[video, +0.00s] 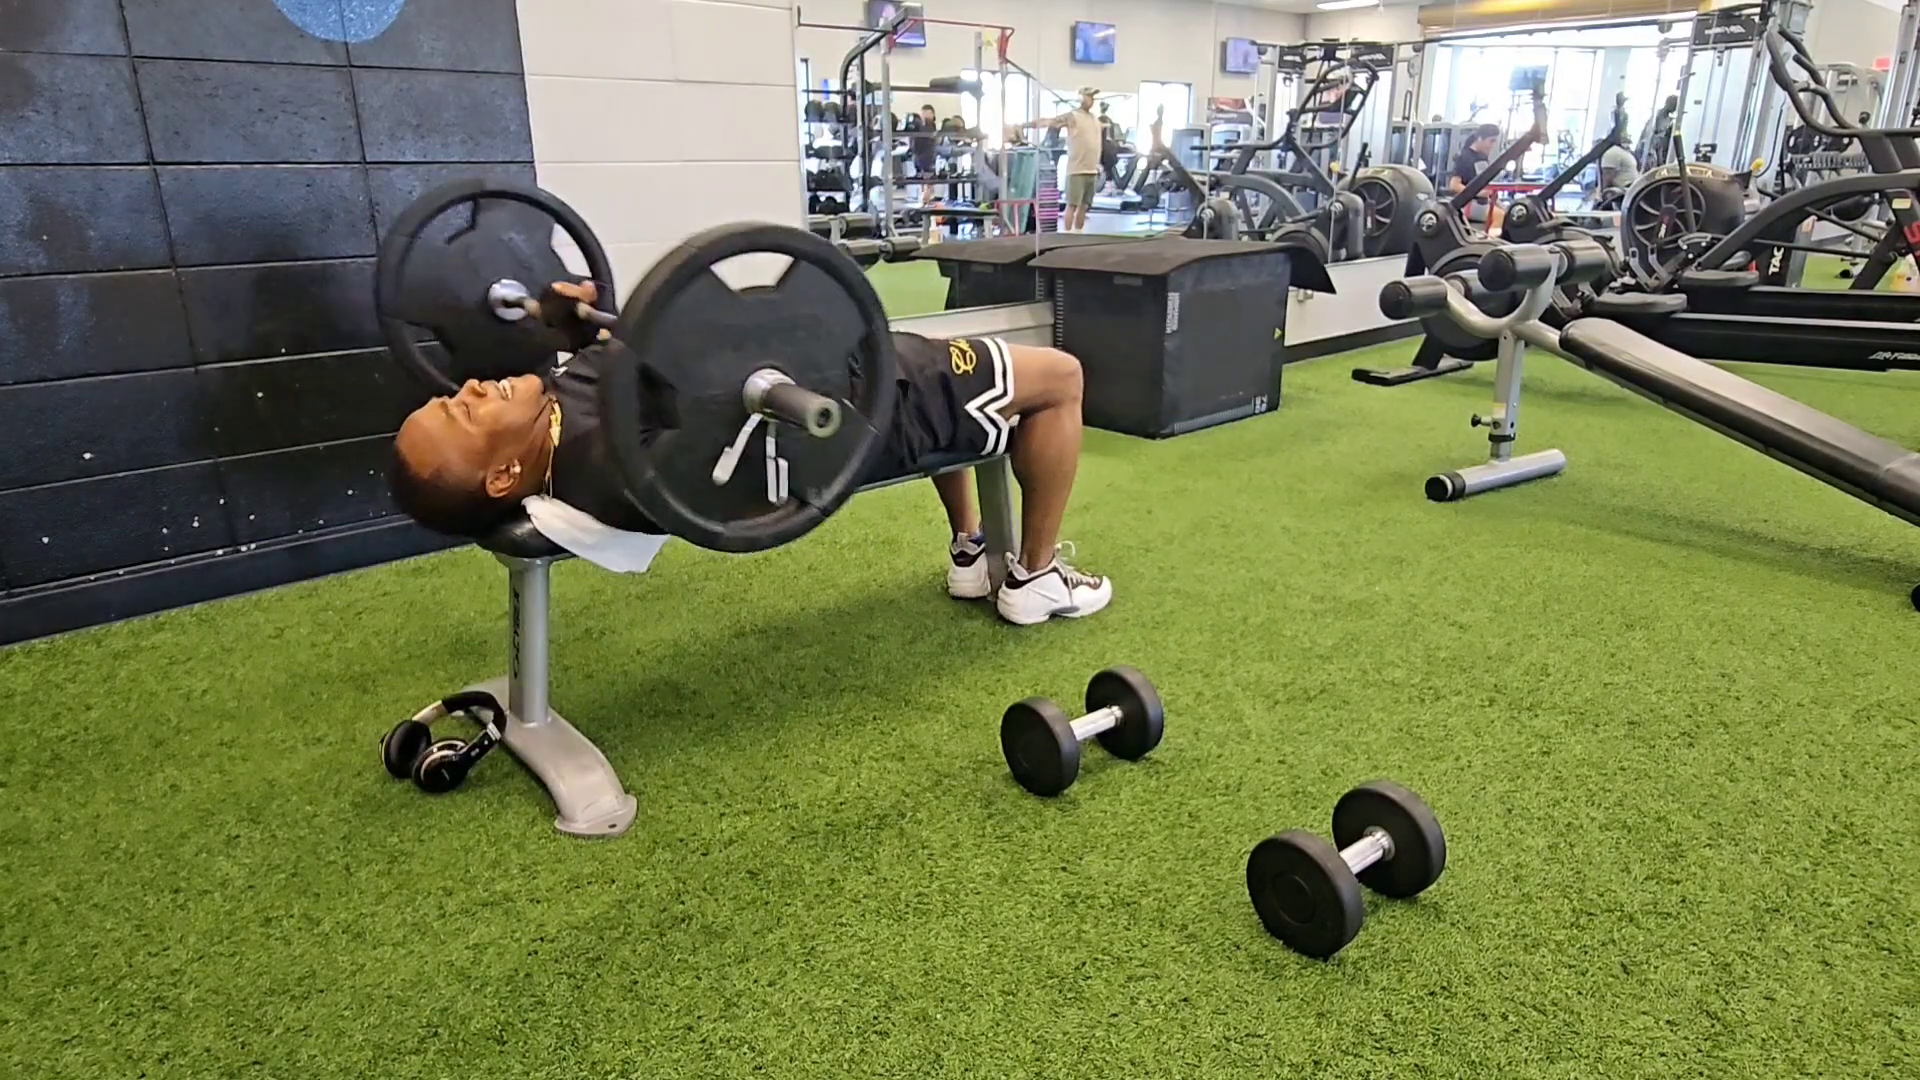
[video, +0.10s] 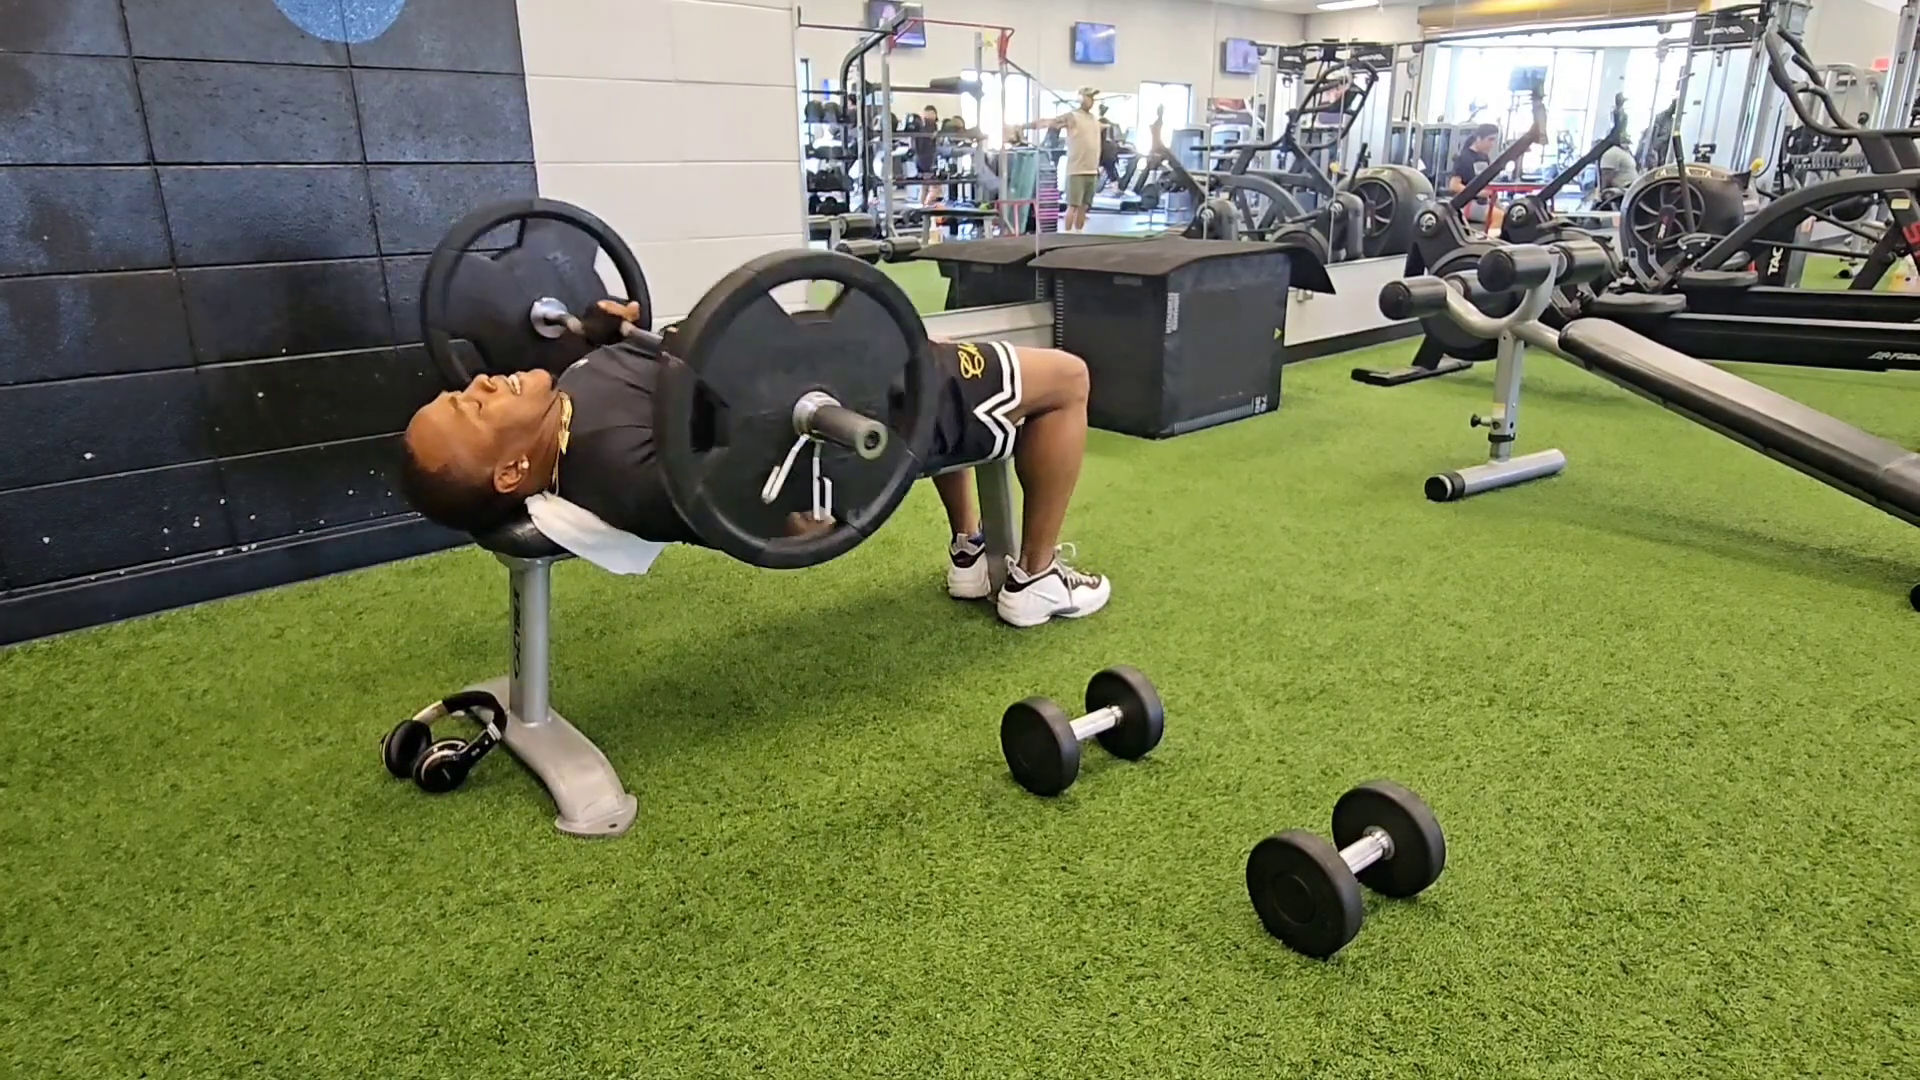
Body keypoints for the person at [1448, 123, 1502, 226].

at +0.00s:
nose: (1492, 146)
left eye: (1494, 142)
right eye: (1491, 141)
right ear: (1480, 138)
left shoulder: (1483, 156)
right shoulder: (1465, 156)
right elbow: (1454, 185)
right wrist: (1478, 193)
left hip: (1486, 201)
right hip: (1469, 203)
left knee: (1505, 213)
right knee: (1499, 216)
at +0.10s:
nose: (1492, 144)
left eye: (1494, 140)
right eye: (1490, 140)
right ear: (1479, 138)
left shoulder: (1485, 157)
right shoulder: (1464, 156)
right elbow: (1454, 185)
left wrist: (1491, 191)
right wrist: (1478, 192)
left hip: (1486, 200)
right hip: (1469, 203)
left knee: (1506, 214)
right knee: (1499, 216)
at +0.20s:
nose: (1492, 144)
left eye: (1494, 140)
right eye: (1490, 139)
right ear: (1479, 138)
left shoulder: (1486, 157)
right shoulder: (1465, 156)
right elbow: (1455, 185)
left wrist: (1493, 191)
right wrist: (1480, 193)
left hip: (1487, 201)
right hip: (1469, 202)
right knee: (1499, 217)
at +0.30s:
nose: (1498, 142)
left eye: (1500, 138)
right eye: (1495, 138)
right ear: (1484, 138)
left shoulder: (1493, 158)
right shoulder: (1471, 156)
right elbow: (1458, 183)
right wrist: (1482, 191)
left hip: (1492, 201)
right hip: (1470, 201)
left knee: (1510, 211)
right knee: (1498, 215)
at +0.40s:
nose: (1504, 143)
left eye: (1505, 139)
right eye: (1502, 138)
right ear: (1490, 138)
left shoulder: (1497, 159)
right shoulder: (1478, 157)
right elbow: (1463, 185)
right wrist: (1486, 194)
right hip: (1469, 201)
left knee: (1510, 211)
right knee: (1498, 216)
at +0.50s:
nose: (1512, 144)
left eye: (1513, 141)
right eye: (1509, 140)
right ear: (1498, 140)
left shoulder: (1502, 159)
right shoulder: (1483, 158)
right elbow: (1467, 186)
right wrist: (1492, 192)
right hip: (1473, 202)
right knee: (1499, 217)